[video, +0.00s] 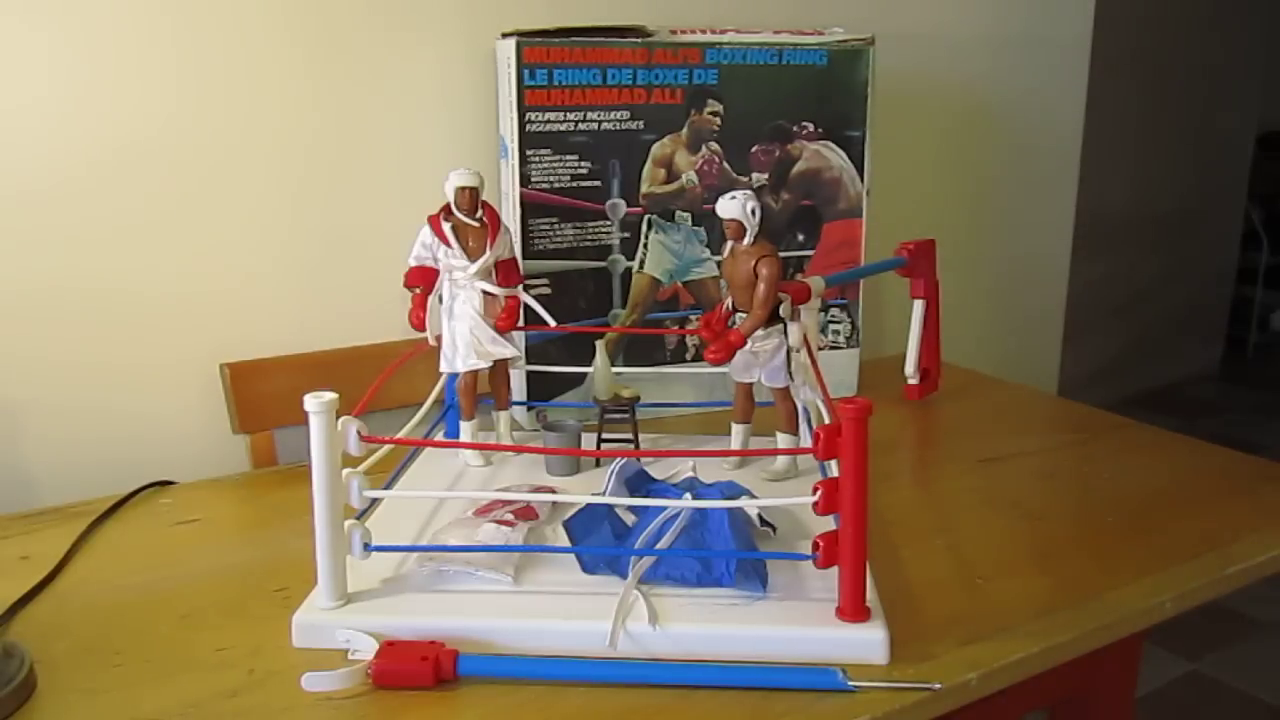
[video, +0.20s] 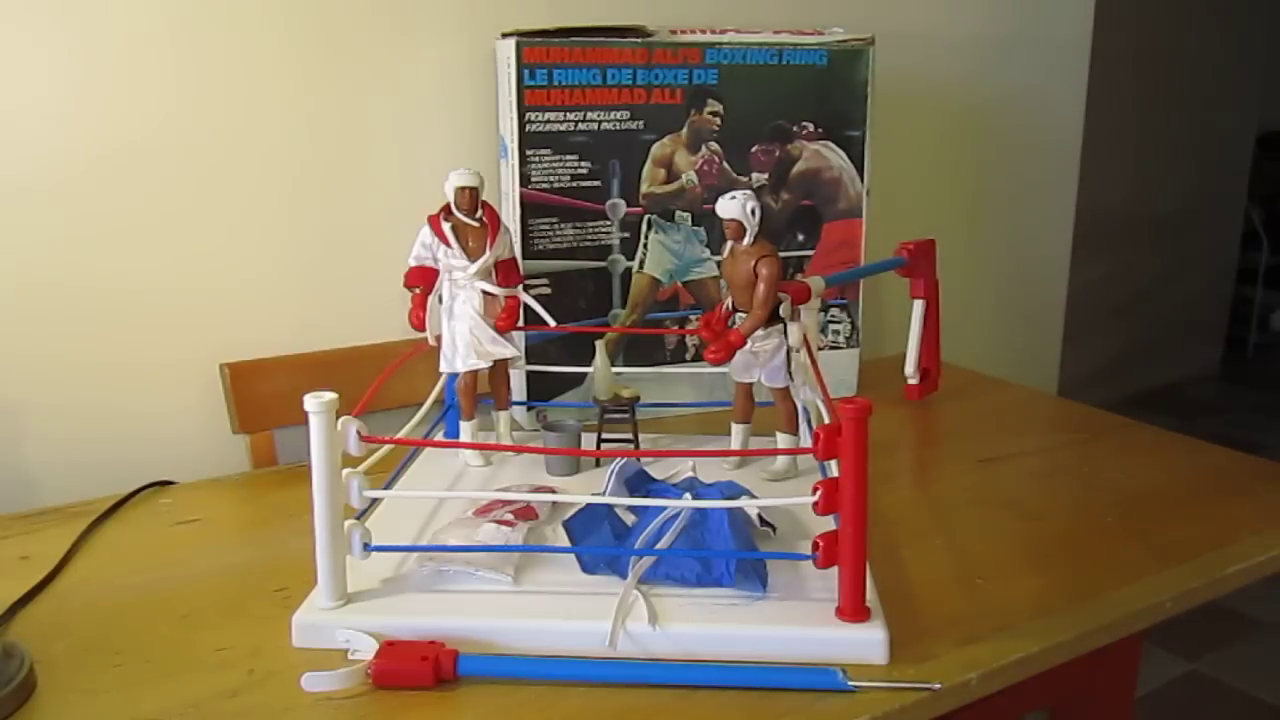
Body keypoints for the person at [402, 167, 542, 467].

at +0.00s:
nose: (467, 198)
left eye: (472, 191)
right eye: (461, 192)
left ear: (480, 194)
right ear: (451, 196)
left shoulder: (496, 228)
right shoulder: (436, 229)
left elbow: (508, 269)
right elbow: (422, 267)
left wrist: (511, 304)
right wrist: (419, 302)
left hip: (492, 301)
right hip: (458, 302)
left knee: (500, 362)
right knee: (469, 369)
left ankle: (505, 431)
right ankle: (468, 440)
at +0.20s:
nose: (467, 198)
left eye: (472, 191)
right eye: (461, 192)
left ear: (480, 195)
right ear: (451, 196)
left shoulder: (496, 228)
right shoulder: (436, 230)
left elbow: (508, 269)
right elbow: (422, 268)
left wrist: (511, 305)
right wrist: (419, 303)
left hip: (492, 301)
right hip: (458, 302)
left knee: (500, 362)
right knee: (468, 369)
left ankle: (505, 432)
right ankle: (468, 440)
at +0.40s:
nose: (467, 198)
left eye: (472, 191)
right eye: (461, 191)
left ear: (480, 194)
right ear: (451, 195)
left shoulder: (496, 228)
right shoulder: (436, 230)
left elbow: (508, 268)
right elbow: (422, 268)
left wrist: (512, 304)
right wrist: (419, 303)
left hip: (492, 302)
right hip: (458, 303)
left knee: (500, 363)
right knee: (469, 369)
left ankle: (504, 432)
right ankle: (469, 440)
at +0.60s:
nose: (467, 198)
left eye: (471, 191)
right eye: (461, 192)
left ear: (480, 194)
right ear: (451, 195)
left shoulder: (495, 227)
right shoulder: (436, 229)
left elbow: (509, 268)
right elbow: (422, 268)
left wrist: (512, 304)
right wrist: (419, 303)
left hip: (493, 302)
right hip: (458, 303)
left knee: (500, 363)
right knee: (469, 369)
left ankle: (504, 431)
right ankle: (469, 440)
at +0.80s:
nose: (467, 198)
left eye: (472, 191)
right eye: (461, 192)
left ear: (480, 194)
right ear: (451, 195)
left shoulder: (495, 227)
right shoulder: (436, 229)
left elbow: (509, 268)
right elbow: (422, 268)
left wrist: (512, 304)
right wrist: (419, 303)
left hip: (493, 302)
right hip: (458, 303)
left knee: (500, 363)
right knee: (469, 369)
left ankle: (504, 431)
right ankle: (469, 440)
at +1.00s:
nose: (467, 198)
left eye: (472, 191)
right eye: (461, 191)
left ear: (480, 194)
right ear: (451, 195)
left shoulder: (496, 227)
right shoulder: (436, 229)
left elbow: (508, 268)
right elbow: (422, 267)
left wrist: (512, 303)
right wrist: (419, 302)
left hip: (492, 302)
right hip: (458, 303)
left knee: (500, 363)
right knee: (469, 369)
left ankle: (504, 432)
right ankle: (469, 440)